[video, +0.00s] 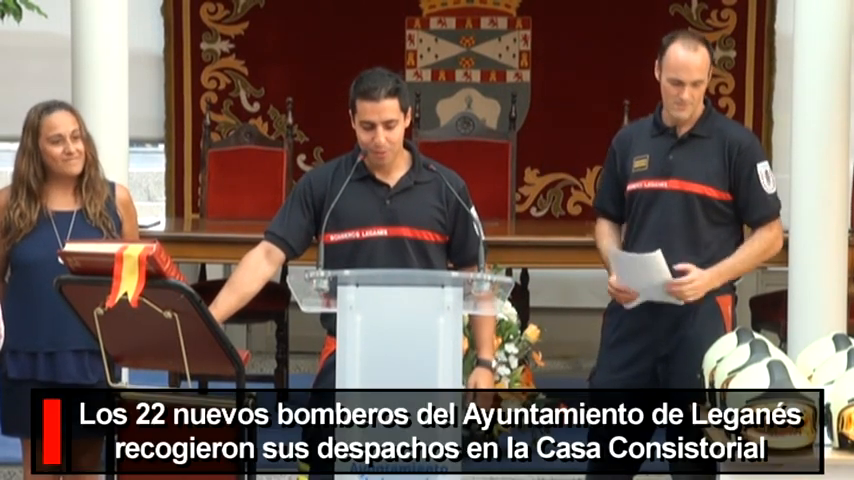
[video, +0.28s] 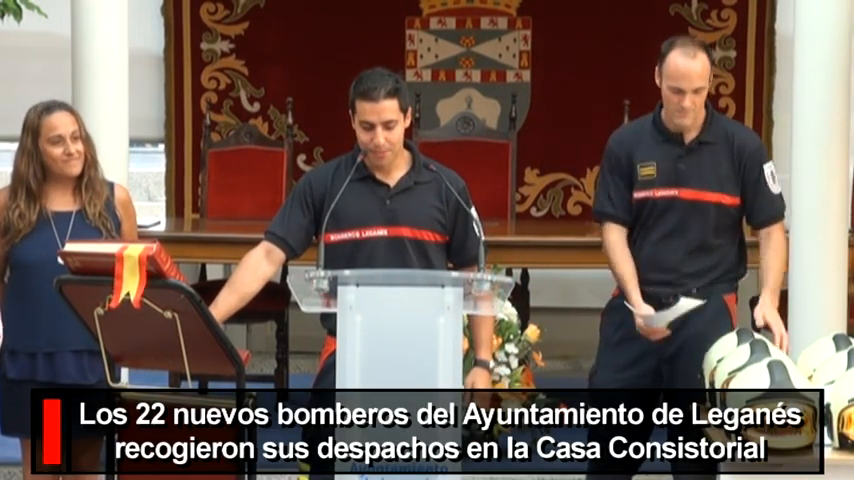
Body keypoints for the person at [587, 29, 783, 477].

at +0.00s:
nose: (685, 95)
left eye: (695, 84)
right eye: (676, 82)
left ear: (708, 81)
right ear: (658, 76)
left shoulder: (738, 145)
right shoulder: (628, 141)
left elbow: (772, 234)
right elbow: (607, 219)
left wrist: (710, 278)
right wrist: (617, 269)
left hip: (700, 325)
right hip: (631, 320)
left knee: (694, 457)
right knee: (608, 451)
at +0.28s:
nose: (687, 102)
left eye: (696, 91)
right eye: (677, 90)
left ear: (710, 85)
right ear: (658, 82)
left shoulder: (742, 145)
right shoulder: (626, 144)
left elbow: (772, 229)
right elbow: (613, 229)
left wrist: (768, 299)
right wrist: (636, 300)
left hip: (706, 312)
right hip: (634, 309)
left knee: (697, 446)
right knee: (609, 441)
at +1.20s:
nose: (637, 121)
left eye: (647, 108)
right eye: (628, 110)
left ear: (671, 96)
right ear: (618, 103)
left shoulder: (719, 147)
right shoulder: (600, 159)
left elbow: (763, 217)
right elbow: (586, 238)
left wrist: (718, 259)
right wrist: (606, 309)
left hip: (698, 314)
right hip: (625, 313)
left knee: (691, 445)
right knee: (600, 441)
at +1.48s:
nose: (612, 98)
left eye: (622, 86)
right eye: (608, 87)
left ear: (657, 82)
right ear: (605, 86)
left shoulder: (705, 145)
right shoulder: (597, 144)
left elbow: (741, 232)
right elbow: (582, 225)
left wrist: (671, 265)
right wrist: (570, 274)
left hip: (673, 324)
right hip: (603, 322)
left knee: (679, 460)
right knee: (572, 457)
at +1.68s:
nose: (585, 85)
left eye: (596, 75)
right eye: (584, 75)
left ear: (631, 74)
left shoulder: (674, 143)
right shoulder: (584, 141)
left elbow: (697, 241)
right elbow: (572, 225)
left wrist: (616, 263)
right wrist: (541, 247)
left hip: (646, 314)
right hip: (584, 313)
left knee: (659, 454)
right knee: (553, 450)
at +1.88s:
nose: (551, 78)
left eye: (562, 69)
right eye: (551, 68)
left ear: (598, 72)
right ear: (585, 71)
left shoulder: (625, 138)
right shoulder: (560, 138)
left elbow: (636, 243)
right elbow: (549, 211)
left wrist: (553, 263)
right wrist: (509, 238)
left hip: (601, 308)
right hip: (548, 307)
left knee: (625, 451)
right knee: (530, 445)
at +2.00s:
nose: (532, 74)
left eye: (543, 65)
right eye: (533, 64)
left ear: (579, 70)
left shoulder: (600, 135)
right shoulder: (546, 134)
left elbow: (603, 241)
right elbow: (532, 214)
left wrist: (521, 261)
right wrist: (484, 236)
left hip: (574, 303)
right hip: (530, 301)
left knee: (587, 442)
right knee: (521, 438)